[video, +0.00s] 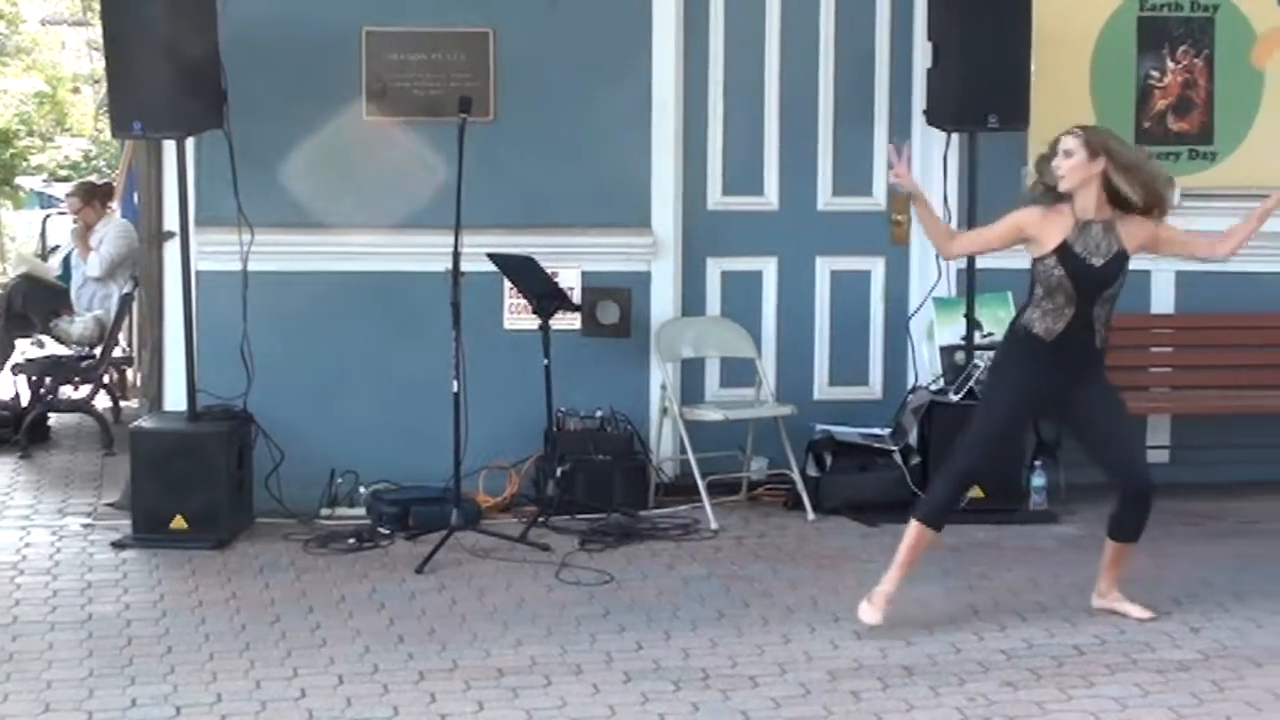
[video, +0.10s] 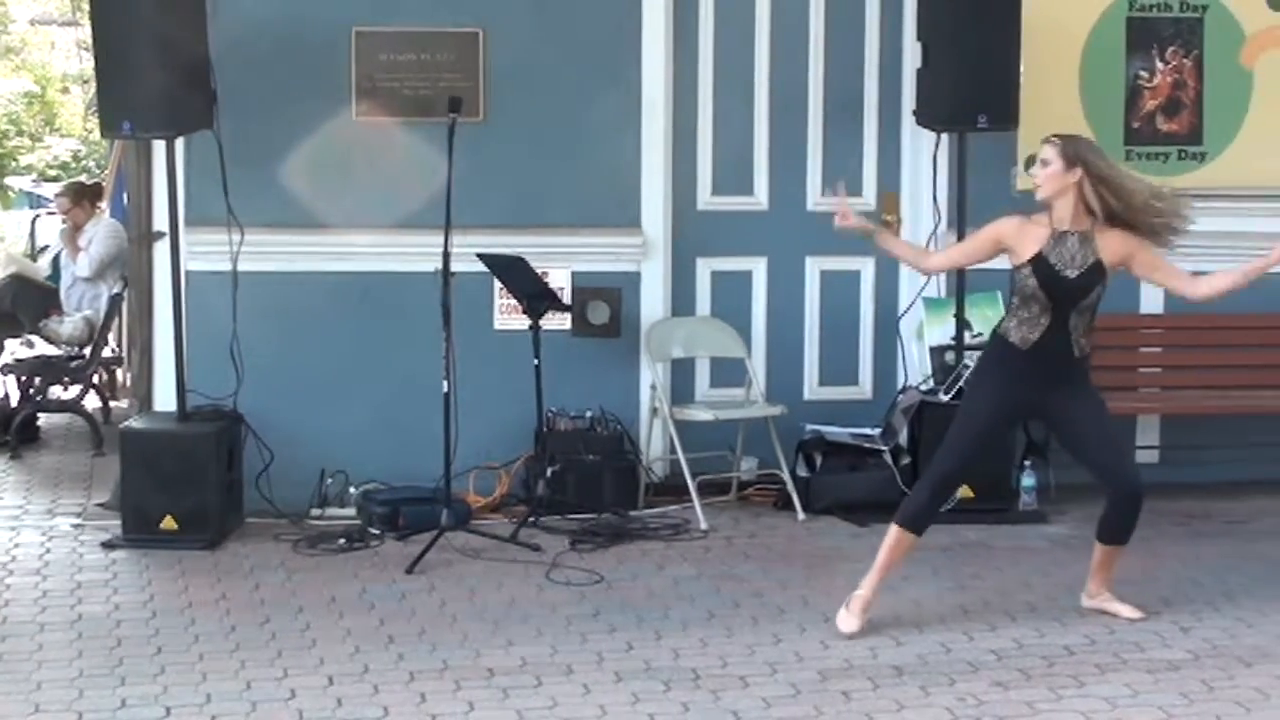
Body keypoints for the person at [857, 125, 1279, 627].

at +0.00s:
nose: (1055, 163)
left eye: (1068, 153)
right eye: (1054, 155)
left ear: (1101, 164)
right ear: (1058, 168)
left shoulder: (1133, 229)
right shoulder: (1037, 220)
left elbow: (1219, 248)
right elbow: (951, 247)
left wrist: (1267, 208)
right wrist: (914, 193)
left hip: (1083, 375)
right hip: (1022, 366)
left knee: (1137, 482)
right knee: (963, 467)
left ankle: (1107, 591)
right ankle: (887, 587)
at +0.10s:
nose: (1033, 172)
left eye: (1043, 164)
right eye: (1034, 163)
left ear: (1076, 174)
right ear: (1049, 176)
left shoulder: (1117, 243)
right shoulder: (1016, 231)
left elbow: (1194, 288)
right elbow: (931, 261)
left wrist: (1252, 270)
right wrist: (866, 229)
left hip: (1067, 384)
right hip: (1003, 375)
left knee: (1127, 485)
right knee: (941, 479)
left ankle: (1096, 589)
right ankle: (865, 594)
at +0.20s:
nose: (1008, 177)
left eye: (1019, 169)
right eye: (1010, 169)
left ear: (1050, 179)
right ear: (1026, 179)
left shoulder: (1086, 252)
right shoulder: (989, 237)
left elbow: (1143, 324)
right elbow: (911, 284)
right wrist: (835, 288)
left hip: (1048, 387)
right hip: (981, 378)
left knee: (1112, 482)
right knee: (927, 482)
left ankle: (1090, 590)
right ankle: (858, 599)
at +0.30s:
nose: (973, 182)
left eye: (985, 175)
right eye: (975, 174)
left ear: (1016, 186)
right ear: (999, 187)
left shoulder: (1050, 258)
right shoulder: (959, 244)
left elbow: (1057, 346)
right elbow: (902, 311)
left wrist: (1058, 429)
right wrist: (837, 346)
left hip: (1022, 391)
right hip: (955, 388)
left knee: (1093, 484)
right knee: (905, 485)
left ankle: (1087, 589)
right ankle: (858, 602)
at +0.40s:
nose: (938, 183)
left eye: (949, 176)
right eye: (940, 174)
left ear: (979, 189)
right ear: (948, 187)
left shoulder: (1004, 255)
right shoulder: (931, 242)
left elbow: (966, 348)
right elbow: (903, 321)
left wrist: (910, 412)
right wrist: (858, 381)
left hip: (1002, 383)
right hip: (939, 376)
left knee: (1072, 482)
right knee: (888, 477)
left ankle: (1089, 588)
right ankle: (860, 602)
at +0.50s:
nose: (908, 176)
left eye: (921, 170)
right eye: (909, 168)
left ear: (948, 185)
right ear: (909, 181)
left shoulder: (963, 248)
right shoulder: (898, 235)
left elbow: (931, 337)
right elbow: (893, 317)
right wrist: (868, 382)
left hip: (986, 368)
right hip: (924, 367)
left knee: (1043, 474)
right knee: (878, 471)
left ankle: (1088, 581)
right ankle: (862, 597)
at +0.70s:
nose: (944, 141)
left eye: (946, 132)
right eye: (931, 131)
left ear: (947, 143)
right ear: (900, 141)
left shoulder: (963, 204)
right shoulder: (867, 205)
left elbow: (1017, 274)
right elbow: (856, 279)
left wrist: (956, 261)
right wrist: (881, 350)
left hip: (976, 344)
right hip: (911, 350)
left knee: (1033, 444)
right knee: (884, 462)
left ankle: (1097, 556)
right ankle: (875, 586)